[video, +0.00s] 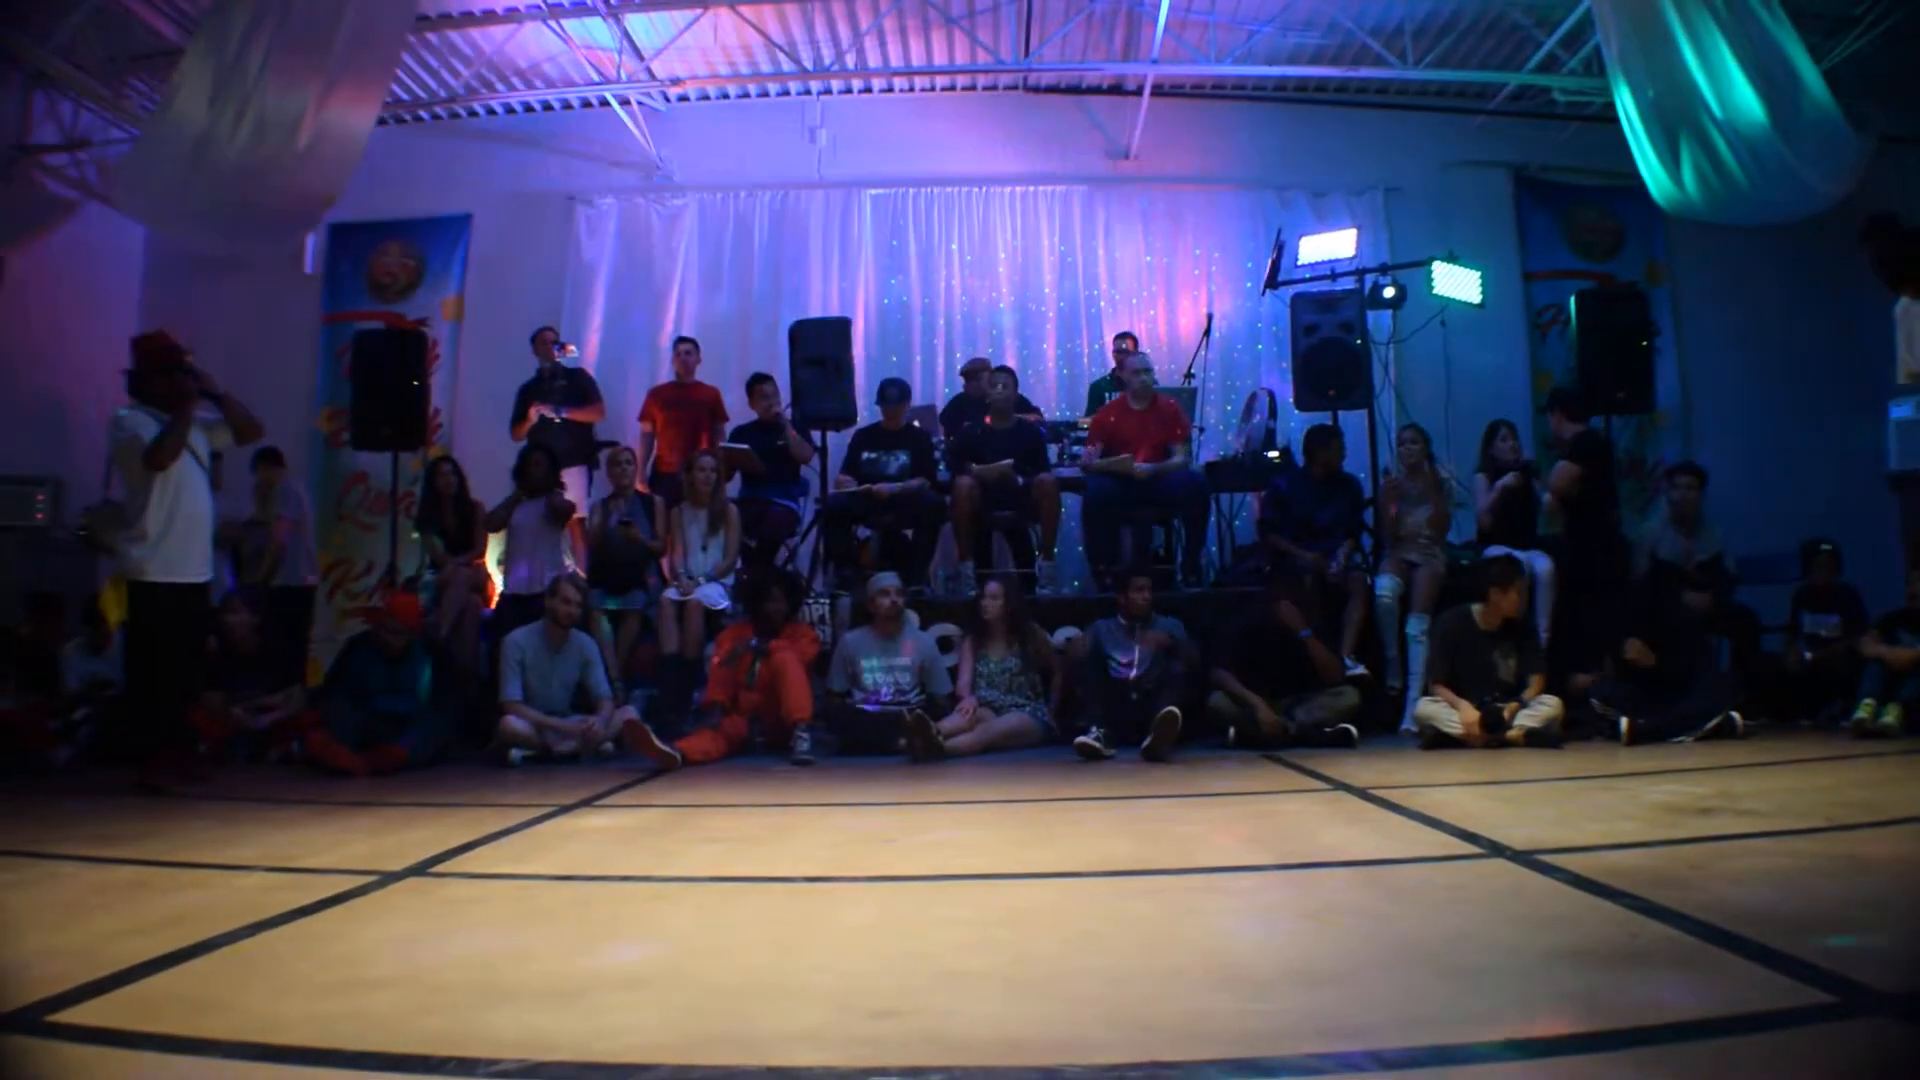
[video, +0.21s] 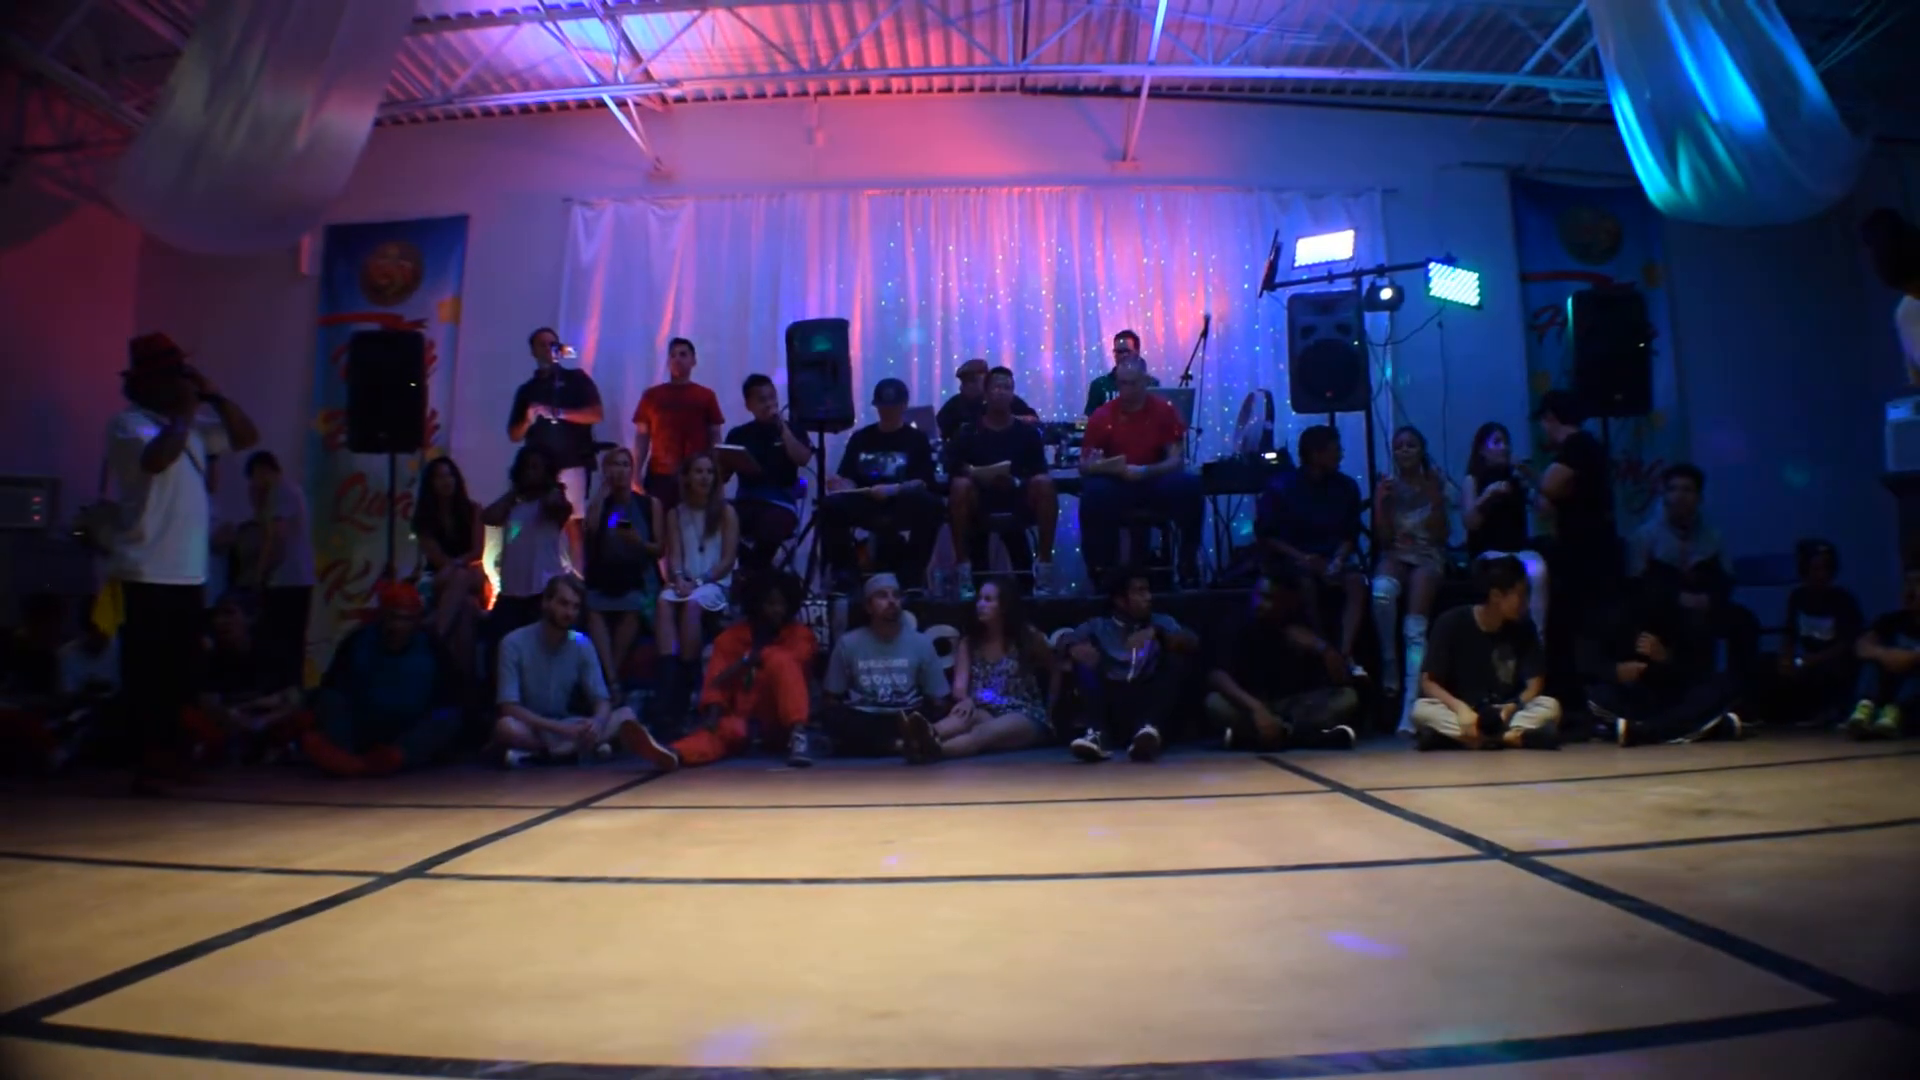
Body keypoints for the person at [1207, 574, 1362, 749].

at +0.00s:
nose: (1285, 603)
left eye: (1293, 596)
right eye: (1278, 596)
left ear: (1304, 597)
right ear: (1268, 595)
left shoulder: (1314, 624)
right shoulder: (1252, 627)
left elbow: (1335, 676)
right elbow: (1220, 673)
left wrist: (1302, 630)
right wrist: (1259, 706)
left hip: (1305, 696)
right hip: (1256, 699)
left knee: (1349, 697)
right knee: (1218, 701)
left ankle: (1262, 734)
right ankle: (1310, 735)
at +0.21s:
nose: (1260, 604)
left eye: (1268, 598)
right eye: (1259, 596)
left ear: (1288, 602)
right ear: (1253, 597)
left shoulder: (1300, 631)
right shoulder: (1247, 632)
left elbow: (1341, 676)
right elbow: (1218, 675)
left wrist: (1318, 645)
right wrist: (1257, 709)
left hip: (1300, 700)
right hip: (1255, 703)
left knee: (1346, 697)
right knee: (1215, 702)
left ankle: (1256, 737)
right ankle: (1310, 737)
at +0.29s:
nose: (1260, 603)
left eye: (1267, 596)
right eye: (1258, 595)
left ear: (1286, 597)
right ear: (1254, 597)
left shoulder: (1304, 627)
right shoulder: (1249, 630)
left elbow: (1344, 669)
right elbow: (1217, 675)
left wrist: (1326, 669)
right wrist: (1256, 710)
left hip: (1300, 699)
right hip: (1254, 701)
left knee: (1342, 697)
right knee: (1214, 703)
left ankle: (1257, 737)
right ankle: (1306, 736)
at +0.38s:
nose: (1258, 603)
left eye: (1266, 596)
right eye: (1257, 596)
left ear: (1286, 597)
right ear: (1253, 597)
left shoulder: (1305, 629)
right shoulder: (1248, 631)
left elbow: (1345, 669)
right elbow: (1217, 676)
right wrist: (1257, 711)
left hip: (1301, 701)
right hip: (1254, 703)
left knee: (1337, 702)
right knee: (1213, 704)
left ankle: (1255, 736)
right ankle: (1306, 737)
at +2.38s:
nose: (1269, 589)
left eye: (1270, 582)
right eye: (1260, 584)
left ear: (1276, 585)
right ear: (1245, 591)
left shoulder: (1293, 621)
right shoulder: (1234, 627)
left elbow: (1326, 668)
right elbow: (1214, 675)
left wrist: (1316, 712)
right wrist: (1256, 710)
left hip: (1296, 699)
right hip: (1248, 703)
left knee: (1344, 698)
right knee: (1211, 706)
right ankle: (1306, 736)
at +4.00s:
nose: (1241, 598)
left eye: (1248, 591)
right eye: (1238, 591)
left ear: (1268, 592)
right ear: (1232, 593)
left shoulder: (1293, 624)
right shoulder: (1230, 628)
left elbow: (1328, 671)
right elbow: (1213, 675)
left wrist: (1303, 716)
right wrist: (1254, 710)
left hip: (1294, 698)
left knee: (1343, 699)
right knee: (1211, 705)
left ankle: (1255, 741)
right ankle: (1309, 740)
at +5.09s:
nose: (1259, 581)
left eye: (1265, 575)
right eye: (1252, 576)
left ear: (1274, 580)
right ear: (1242, 582)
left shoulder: (1292, 617)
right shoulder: (1231, 621)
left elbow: (1324, 667)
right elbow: (1216, 676)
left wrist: (1315, 702)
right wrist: (1259, 704)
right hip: (1249, 703)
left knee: (1340, 699)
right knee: (1212, 704)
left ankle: (1249, 740)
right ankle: (1307, 739)